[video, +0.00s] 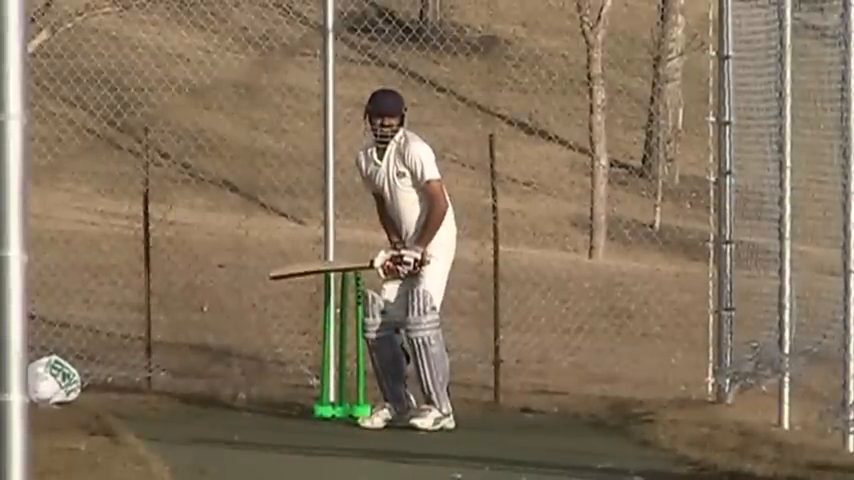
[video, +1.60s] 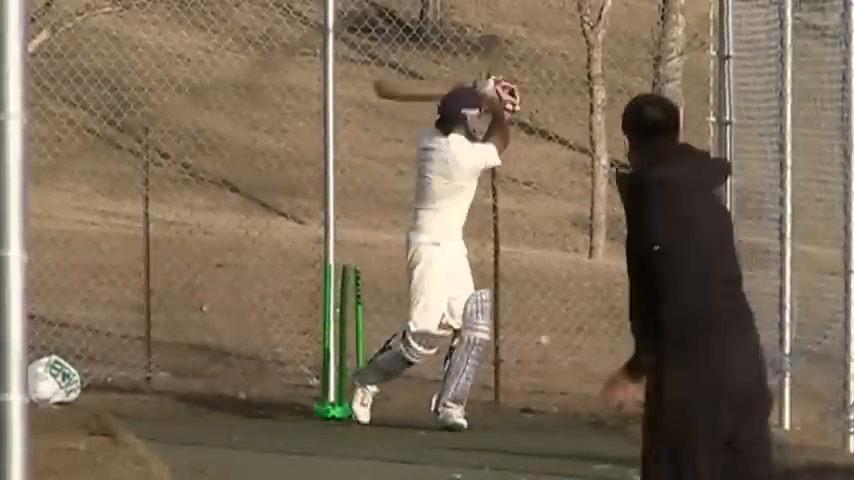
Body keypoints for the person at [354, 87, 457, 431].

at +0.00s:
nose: (385, 126)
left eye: (392, 120)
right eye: (379, 119)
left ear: (402, 121)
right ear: (368, 120)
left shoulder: (414, 150)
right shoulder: (365, 157)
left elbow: (439, 202)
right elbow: (382, 203)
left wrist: (419, 247)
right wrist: (396, 246)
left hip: (434, 241)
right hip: (403, 244)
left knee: (420, 318)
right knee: (377, 319)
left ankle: (438, 407)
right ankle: (398, 403)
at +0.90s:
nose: (377, 146)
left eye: (384, 139)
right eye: (370, 140)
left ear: (395, 139)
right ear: (361, 142)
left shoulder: (406, 173)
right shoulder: (369, 172)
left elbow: (404, 238)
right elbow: (382, 212)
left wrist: (374, 260)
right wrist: (366, 243)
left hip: (431, 257)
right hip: (397, 258)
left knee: (411, 327)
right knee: (369, 330)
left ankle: (439, 406)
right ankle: (397, 405)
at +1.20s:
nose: (410, 149)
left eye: (416, 142)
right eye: (402, 144)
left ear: (425, 142)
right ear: (392, 146)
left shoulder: (443, 168)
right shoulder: (384, 182)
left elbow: (434, 221)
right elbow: (390, 237)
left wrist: (391, 254)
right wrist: (372, 258)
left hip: (439, 271)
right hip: (397, 271)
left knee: (449, 324)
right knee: (360, 331)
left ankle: (445, 407)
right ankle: (381, 394)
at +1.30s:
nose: (416, 148)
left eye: (422, 141)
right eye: (408, 142)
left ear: (431, 138)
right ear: (396, 142)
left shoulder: (441, 147)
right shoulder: (402, 178)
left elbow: (463, 176)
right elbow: (431, 225)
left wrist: (480, 218)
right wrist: (467, 241)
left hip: (448, 256)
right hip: (409, 259)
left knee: (461, 322)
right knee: (390, 329)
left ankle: (450, 401)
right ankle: (362, 394)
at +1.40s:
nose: (428, 150)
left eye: (434, 142)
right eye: (420, 144)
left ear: (439, 139)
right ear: (404, 143)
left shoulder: (442, 147)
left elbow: (483, 180)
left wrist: (526, 205)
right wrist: (533, 199)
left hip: (444, 252)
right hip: (413, 258)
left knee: (462, 324)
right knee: (404, 345)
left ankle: (450, 406)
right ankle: (365, 392)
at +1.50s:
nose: (456, 139)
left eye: (456, 133)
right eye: (451, 134)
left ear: (435, 133)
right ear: (434, 135)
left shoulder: (435, 152)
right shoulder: (429, 165)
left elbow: (478, 153)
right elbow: (485, 166)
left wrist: (521, 140)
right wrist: (524, 139)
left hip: (450, 251)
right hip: (423, 255)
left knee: (470, 326)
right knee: (412, 339)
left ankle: (451, 406)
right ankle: (368, 386)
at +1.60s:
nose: (482, 122)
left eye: (481, 115)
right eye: (478, 115)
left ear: (447, 116)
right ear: (465, 117)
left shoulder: (428, 140)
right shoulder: (463, 151)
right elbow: (499, 146)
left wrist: (498, 109)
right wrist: (502, 112)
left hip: (450, 246)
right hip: (431, 247)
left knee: (473, 326)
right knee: (422, 339)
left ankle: (448, 404)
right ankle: (365, 380)